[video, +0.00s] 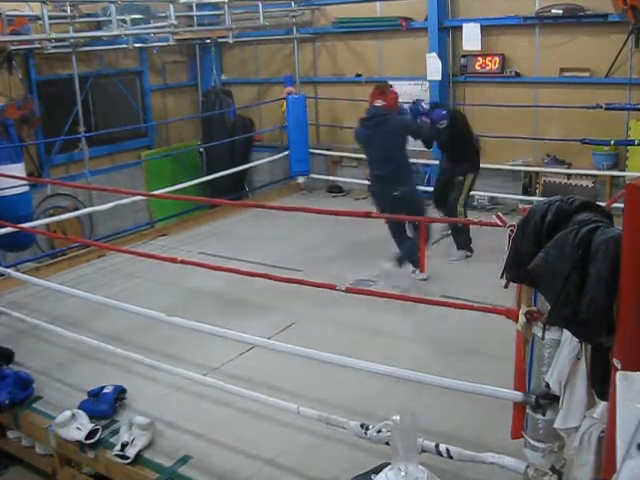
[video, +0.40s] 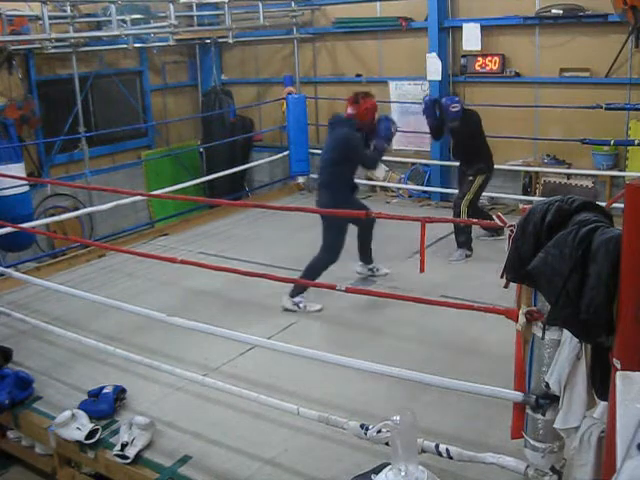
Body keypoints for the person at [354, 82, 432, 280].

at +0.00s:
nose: (396, 105)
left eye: (395, 102)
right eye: (395, 102)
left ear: (371, 103)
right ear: (391, 103)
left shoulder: (363, 129)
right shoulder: (399, 122)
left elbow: (360, 134)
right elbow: (424, 132)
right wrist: (426, 124)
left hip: (379, 186)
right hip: (402, 183)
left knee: (397, 228)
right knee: (421, 226)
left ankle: (417, 266)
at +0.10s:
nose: (387, 102)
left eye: (386, 98)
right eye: (385, 99)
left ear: (361, 101)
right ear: (377, 101)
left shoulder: (351, 127)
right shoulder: (385, 123)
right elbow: (410, 136)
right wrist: (411, 115)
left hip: (362, 190)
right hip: (385, 189)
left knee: (392, 235)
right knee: (392, 242)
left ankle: (416, 266)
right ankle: (352, 271)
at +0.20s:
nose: (377, 111)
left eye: (377, 106)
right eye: (375, 107)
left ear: (354, 106)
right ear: (364, 108)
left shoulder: (340, 131)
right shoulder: (371, 134)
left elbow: (337, 159)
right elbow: (392, 158)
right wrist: (399, 133)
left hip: (344, 196)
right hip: (363, 197)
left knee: (379, 226)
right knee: (357, 252)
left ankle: (401, 266)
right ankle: (316, 286)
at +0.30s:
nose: (372, 122)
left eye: (372, 118)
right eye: (371, 118)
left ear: (349, 116)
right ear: (364, 119)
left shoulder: (335, 137)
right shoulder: (358, 144)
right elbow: (378, 171)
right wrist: (387, 144)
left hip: (334, 204)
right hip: (345, 208)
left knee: (373, 221)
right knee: (335, 258)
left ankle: (382, 265)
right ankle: (295, 296)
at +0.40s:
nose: (373, 118)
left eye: (373, 114)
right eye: (371, 114)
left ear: (354, 112)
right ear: (362, 115)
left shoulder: (343, 129)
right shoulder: (348, 135)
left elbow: (362, 151)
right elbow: (370, 163)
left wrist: (374, 134)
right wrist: (383, 140)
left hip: (336, 197)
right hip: (334, 200)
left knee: (367, 219)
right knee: (330, 253)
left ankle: (366, 265)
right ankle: (295, 295)